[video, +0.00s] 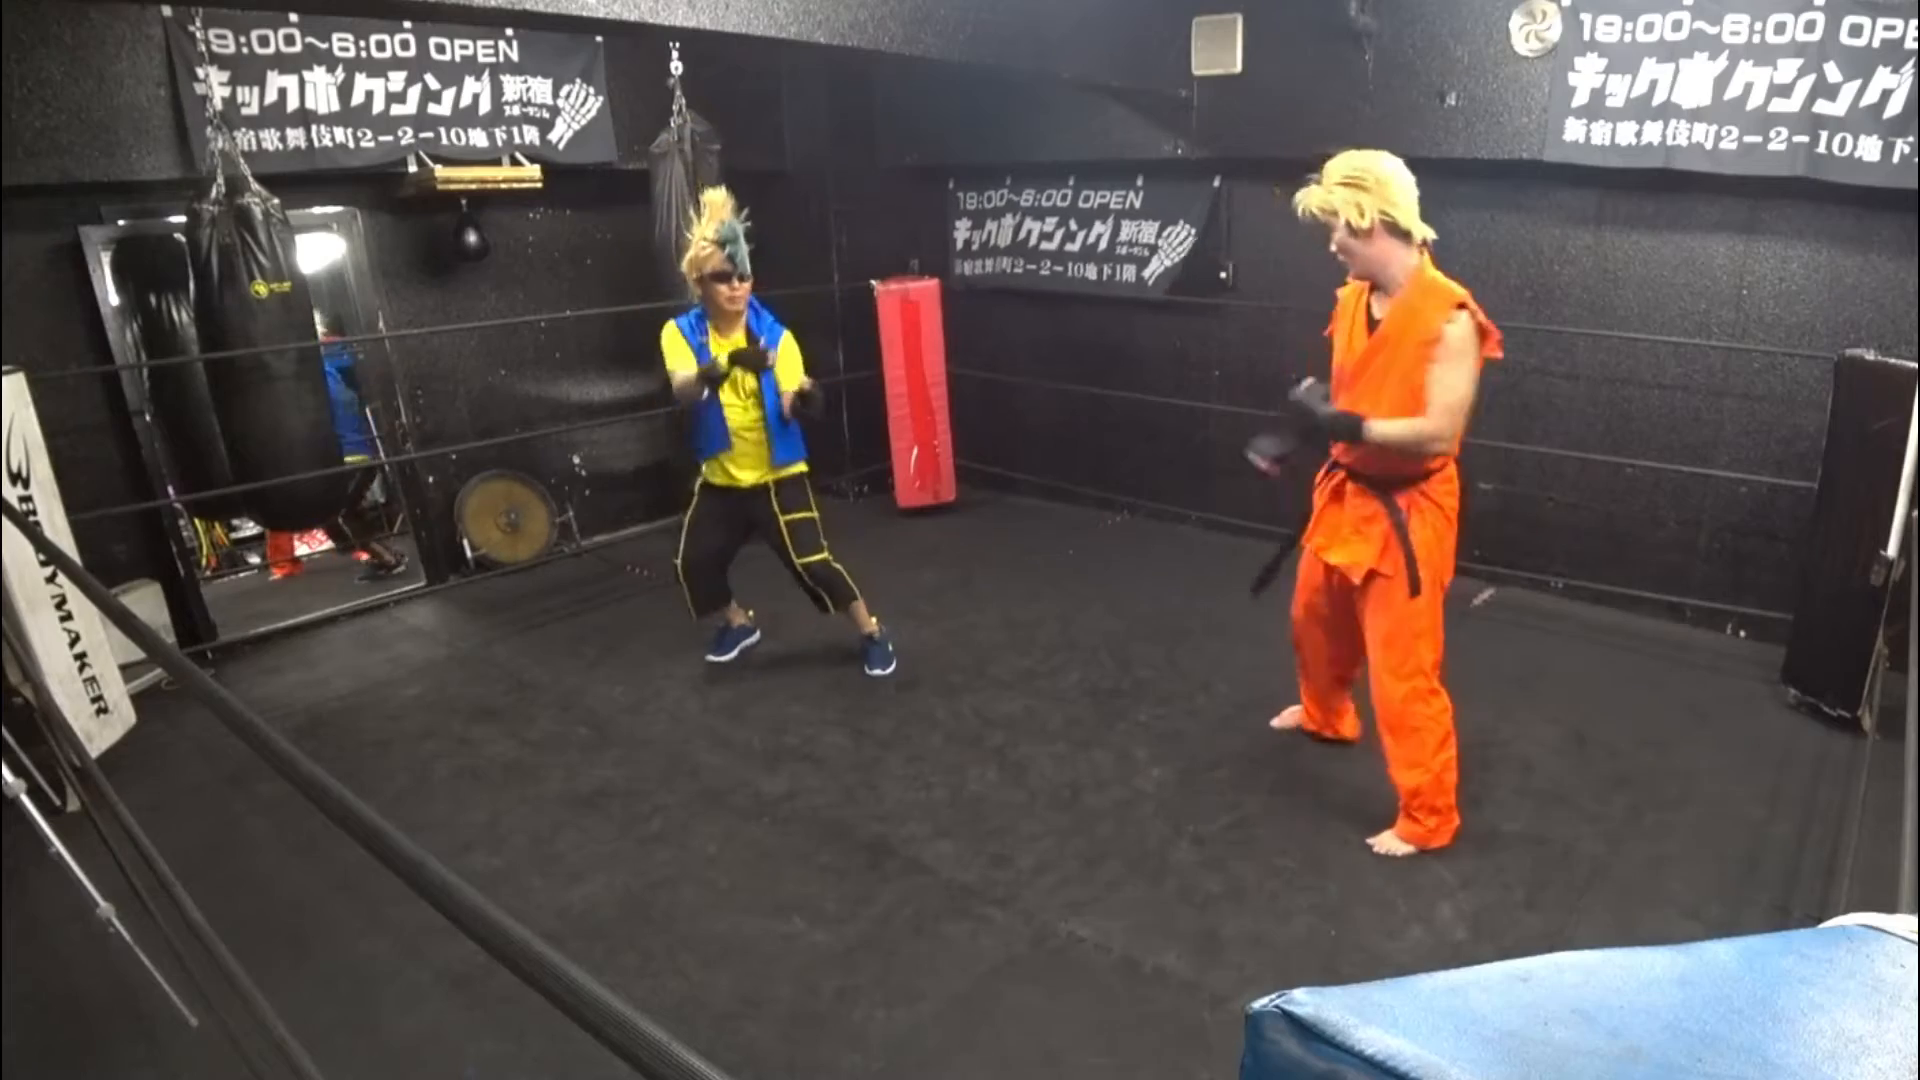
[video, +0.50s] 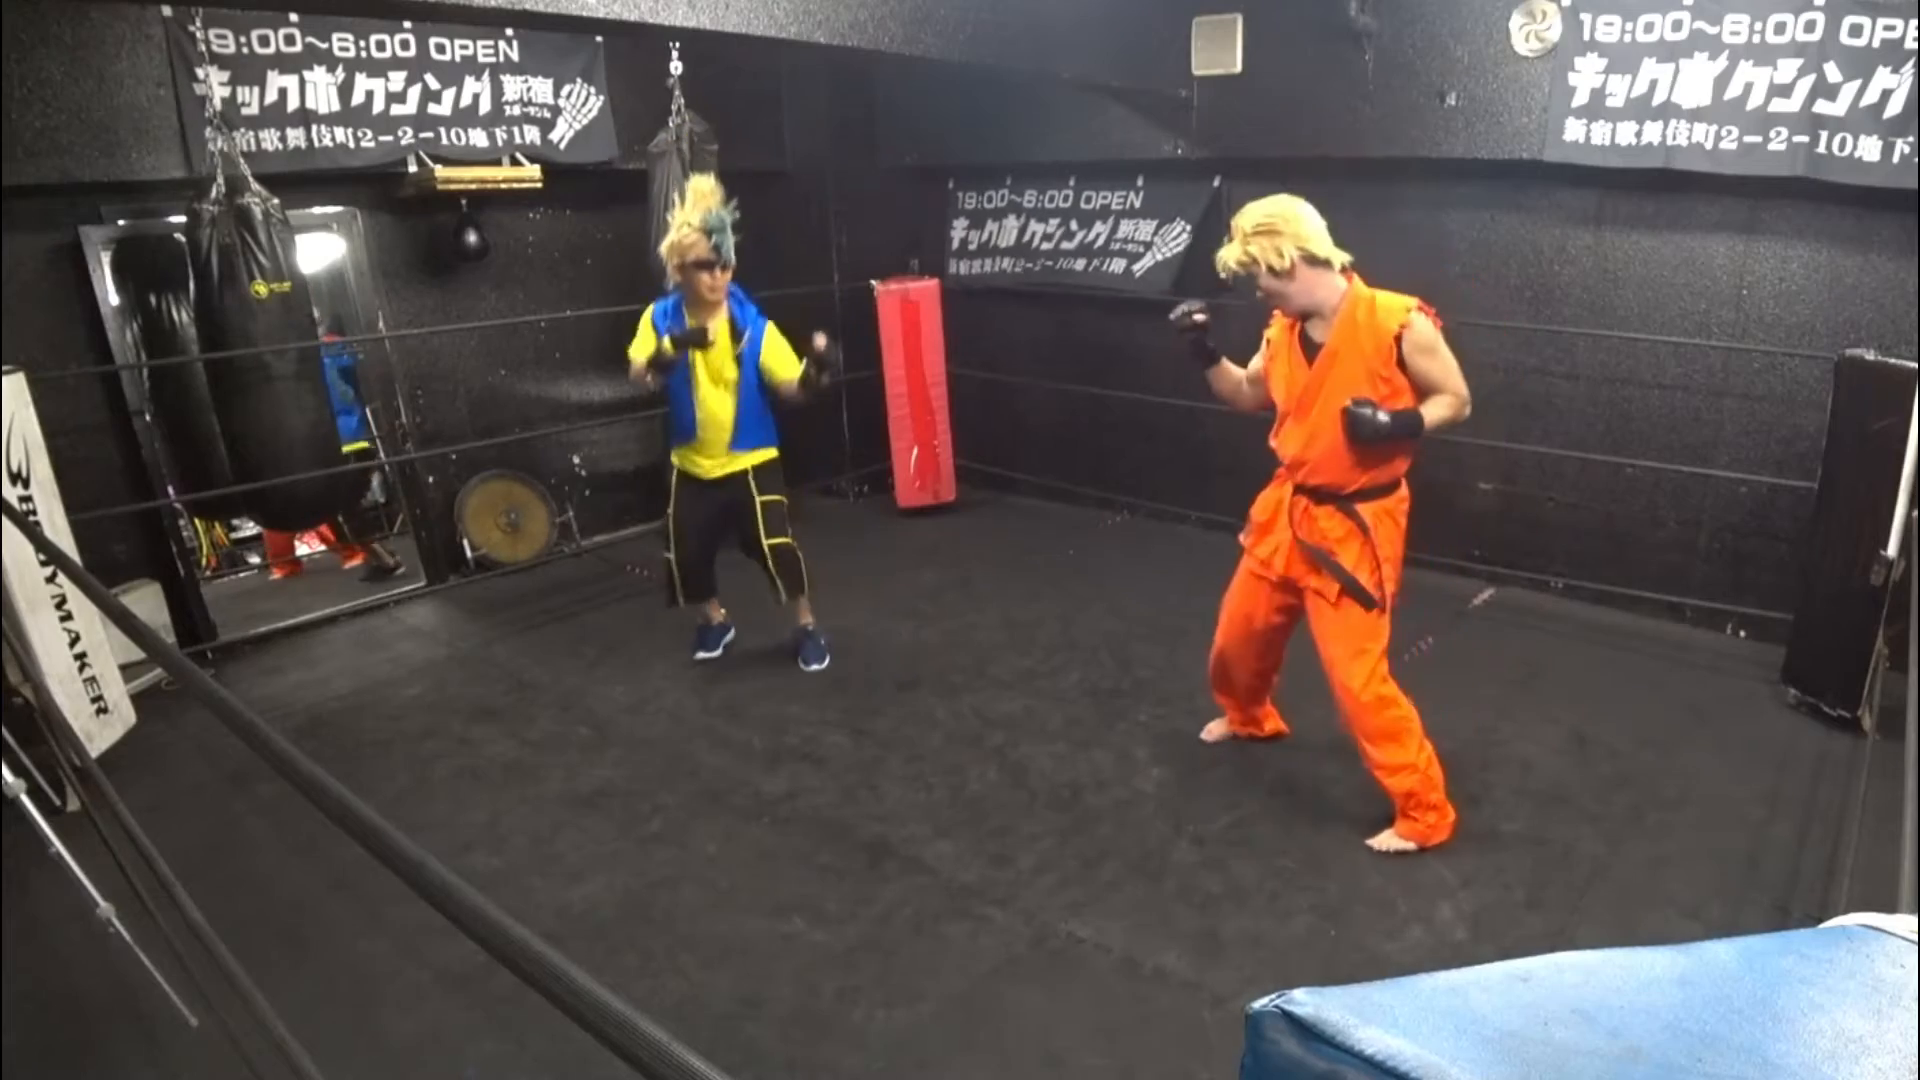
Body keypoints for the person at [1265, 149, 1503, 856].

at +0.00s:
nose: (1332, 249)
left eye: (1338, 233)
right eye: (1330, 235)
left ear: (1376, 225)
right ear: (1374, 227)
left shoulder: (1451, 319)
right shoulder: (1351, 301)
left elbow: (1442, 433)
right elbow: (1342, 395)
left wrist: (1345, 426)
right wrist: (1293, 433)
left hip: (1412, 504)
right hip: (1348, 488)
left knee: (1404, 670)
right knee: (1314, 610)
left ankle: (1429, 819)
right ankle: (1328, 713)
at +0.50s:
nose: (1263, 294)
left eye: (1266, 278)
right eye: (1257, 282)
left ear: (1298, 260)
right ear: (1289, 266)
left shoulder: (1398, 321)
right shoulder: (1285, 332)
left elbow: (1456, 399)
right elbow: (1246, 394)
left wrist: (1399, 421)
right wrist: (1205, 351)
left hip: (1358, 521)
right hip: (1287, 507)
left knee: (1358, 681)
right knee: (1238, 636)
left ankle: (1426, 814)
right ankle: (1249, 717)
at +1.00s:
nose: (1272, 307)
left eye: (1278, 291)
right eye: (1268, 294)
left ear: (1312, 278)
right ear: (1305, 282)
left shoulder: (1383, 354)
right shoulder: (1310, 348)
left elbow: (1319, 417)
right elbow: (1296, 425)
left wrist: (1271, 373)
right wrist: (1256, 480)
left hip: (1379, 538)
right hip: (1314, 524)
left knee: (1353, 687)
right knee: (1252, 626)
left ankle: (1429, 819)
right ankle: (1254, 716)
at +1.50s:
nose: (1230, 283)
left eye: (1233, 268)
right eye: (1227, 270)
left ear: (1266, 260)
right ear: (1268, 261)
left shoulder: (1355, 331)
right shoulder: (1262, 325)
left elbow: (1329, 412)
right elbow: (1252, 398)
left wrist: (1264, 358)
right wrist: (1191, 383)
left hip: (1325, 519)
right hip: (1256, 508)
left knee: (1346, 654)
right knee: (1197, 627)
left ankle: (1417, 758)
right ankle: (1187, 703)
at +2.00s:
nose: (1177, 245)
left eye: (1182, 230)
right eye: (1174, 232)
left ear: (1216, 222)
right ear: (1213, 225)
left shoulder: (1288, 295)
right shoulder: (1206, 290)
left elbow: (1259, 388)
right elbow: (1197, 377)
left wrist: (1195, 340)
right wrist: (1145, 337)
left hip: (1276, 480)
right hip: (1212, 474)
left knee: (1297, 627)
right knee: (1186, 606)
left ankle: (1378, 763)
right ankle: (1203, 717)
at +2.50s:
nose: (1082, 282)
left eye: (1087, 269)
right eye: (1081, 270)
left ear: (1115, 264)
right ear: (1121, 265)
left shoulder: (1180, 340)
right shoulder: (1107, 331)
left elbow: (1162, 437)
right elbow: (1088, 418)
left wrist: (1094, 400)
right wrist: (1022, 413)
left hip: (1158, 511)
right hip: (1097, 499)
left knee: (1155, 657)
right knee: (1047, 605)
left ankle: (1250, 746)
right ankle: (1041, 685)